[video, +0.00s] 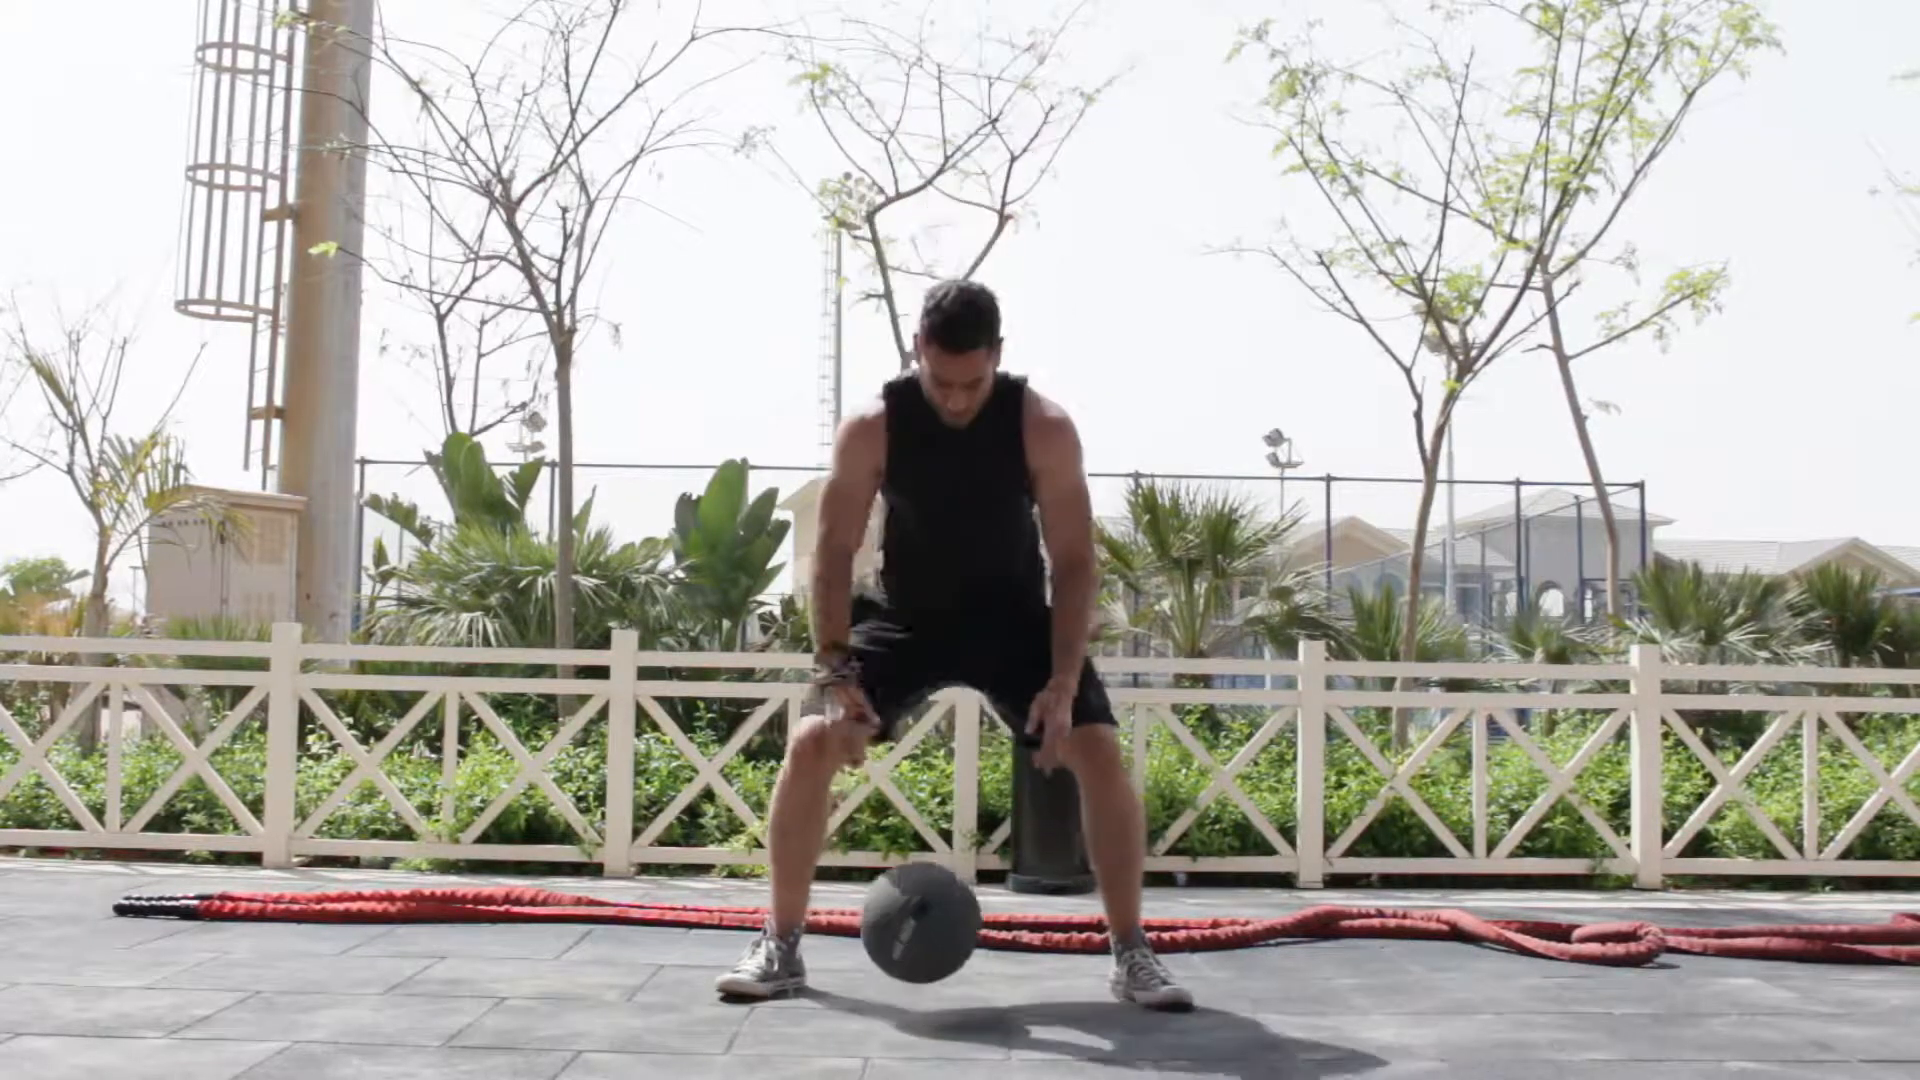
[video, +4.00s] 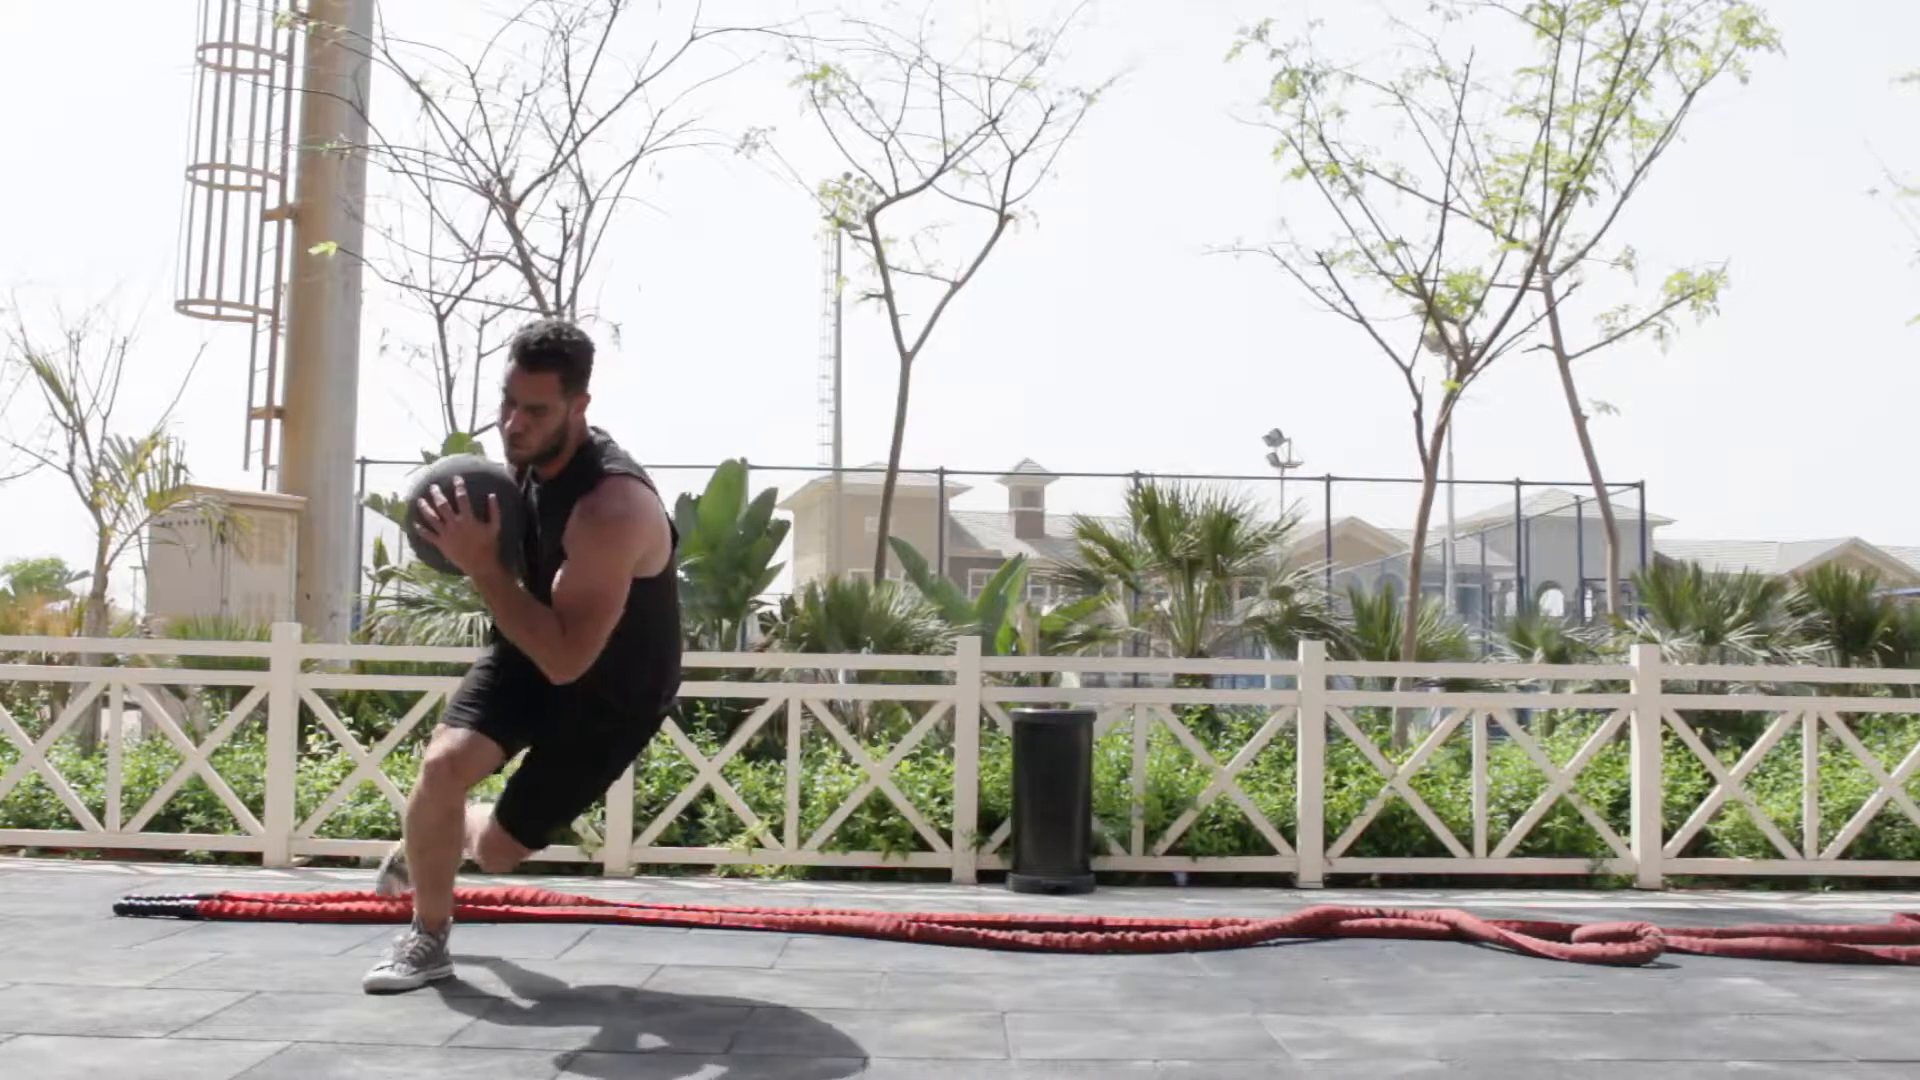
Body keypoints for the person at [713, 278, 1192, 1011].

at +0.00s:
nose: (957, 400)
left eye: (973, 384)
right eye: (942, 382)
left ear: (998, 359)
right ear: (917, 354)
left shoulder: (1043, 430)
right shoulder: (870, 432)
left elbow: (1074, 562)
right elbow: (834, 551)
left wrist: (1064, 681)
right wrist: (833, 669)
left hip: (1014, 626)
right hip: (904, 625)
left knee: (1101, 752)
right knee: (811, 743)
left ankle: (1132, 953)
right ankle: (780, 944)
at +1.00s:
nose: (974, 235)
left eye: (988, 223)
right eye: (961, 222)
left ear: (1012, 232)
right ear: (936, 230)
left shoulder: (1041, 315)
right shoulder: (901, 311)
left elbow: (1090, 239)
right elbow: (863, 237)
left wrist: (1047, 114)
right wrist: (905, 121)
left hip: (1016, 571)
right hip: (908, 569)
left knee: (1072, 761)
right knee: (842, 755)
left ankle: (1130, 954)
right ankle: (783, 947)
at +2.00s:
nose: (969, 368)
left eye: (986, 353)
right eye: (955, 351)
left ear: (1011, 329)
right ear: (929, 323)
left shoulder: (1050, 411)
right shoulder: (881, 411)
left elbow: (1081, 536)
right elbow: (843, 538)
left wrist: (1074, 644)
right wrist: (838, 648)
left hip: (1017, 614)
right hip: (907, 613)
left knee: (1094, 752)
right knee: (819, 744)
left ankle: (1131, 951)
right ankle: (780, 949)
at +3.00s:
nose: (1048, 252)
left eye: (1059, 234)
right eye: (1029, 236)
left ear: (1074, 231)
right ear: (994, 233)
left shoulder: (1089, 321)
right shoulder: (952, 350)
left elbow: (1090, 412)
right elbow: (967, 490)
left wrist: (1139, 405)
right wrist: (1085, 445)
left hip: (1075, 570)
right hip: (978, 580)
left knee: (1106, 751)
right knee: (993, 773)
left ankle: (1122, 949)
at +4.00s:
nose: (513, 425)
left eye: (535, 411)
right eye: (509, 404)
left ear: (581, 406)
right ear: (502, 393)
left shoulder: (615, 505)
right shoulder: (529, 460)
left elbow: (564, 659)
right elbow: (528, 568)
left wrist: (484, 569)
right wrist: (472, 543)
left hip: (617, 692)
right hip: (537, 649)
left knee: (501, 849)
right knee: (444, 764)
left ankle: (439, 827)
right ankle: (427, 935)